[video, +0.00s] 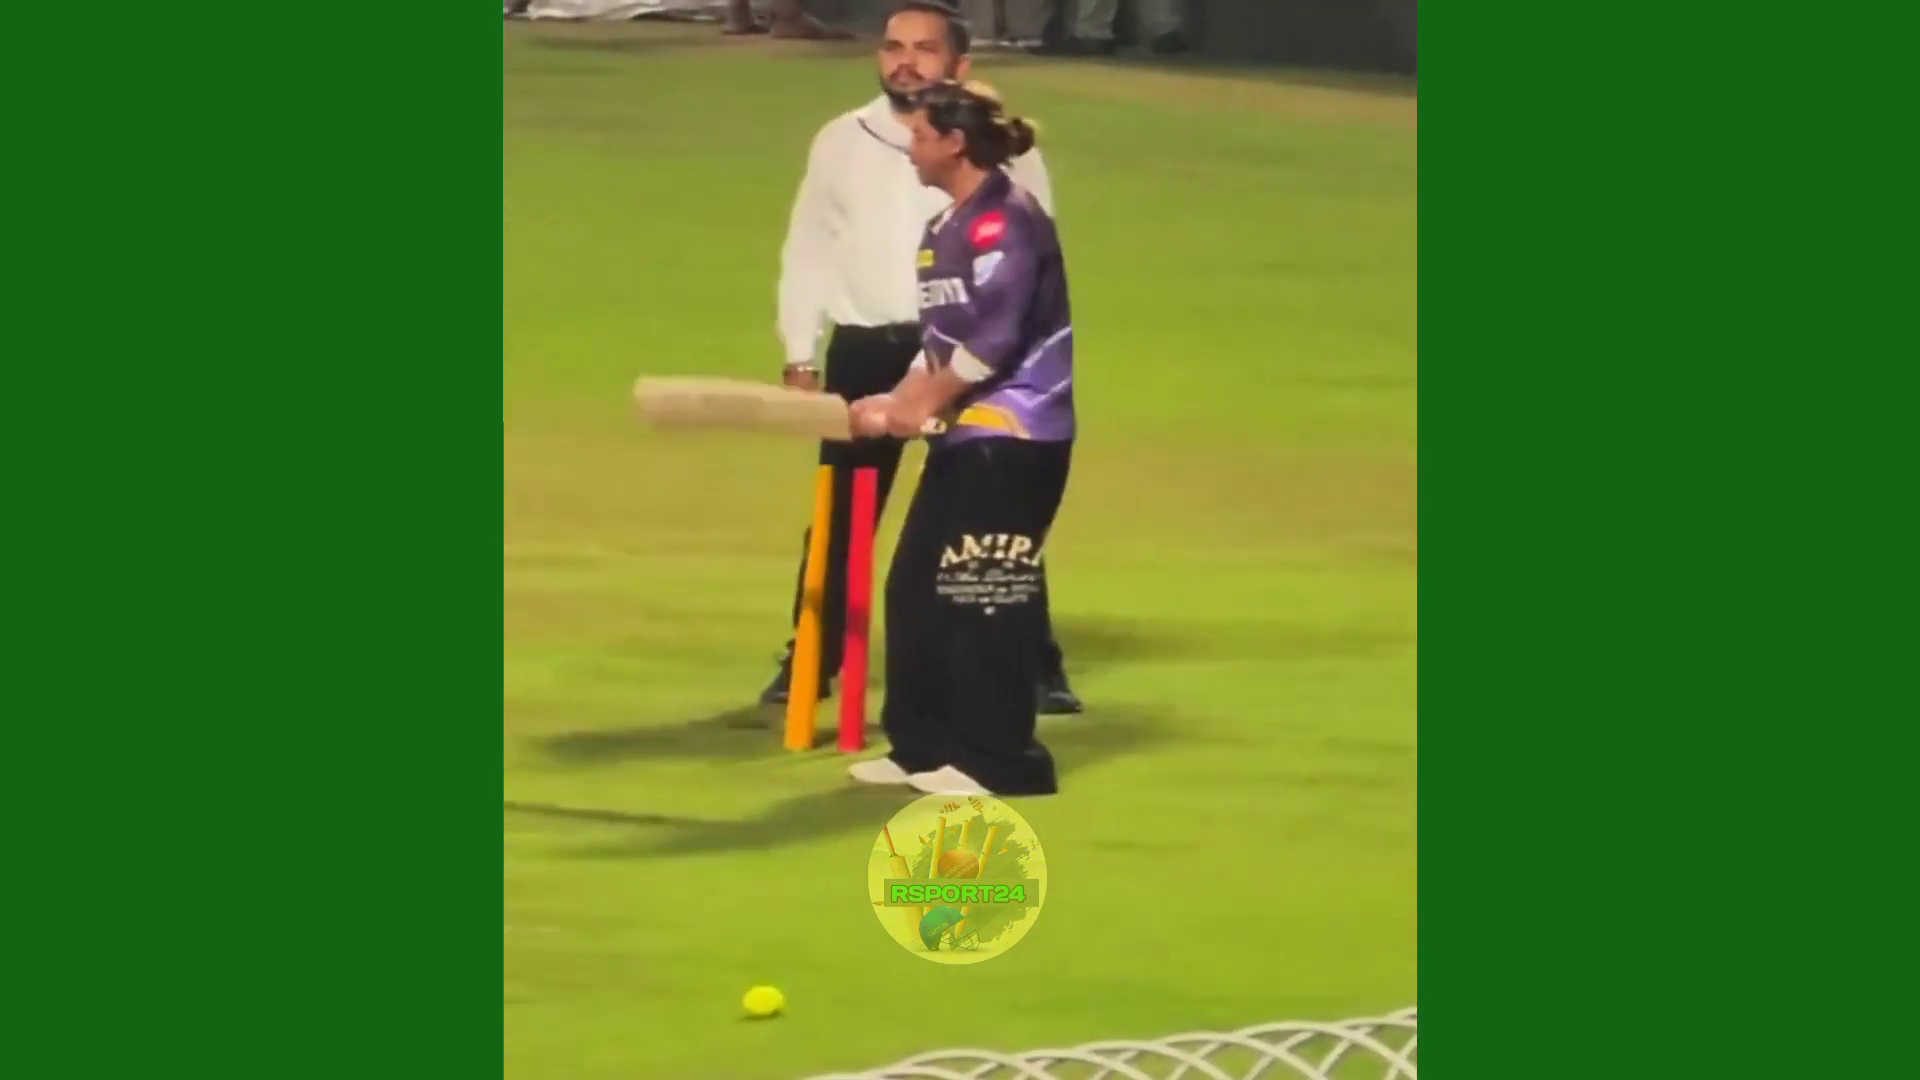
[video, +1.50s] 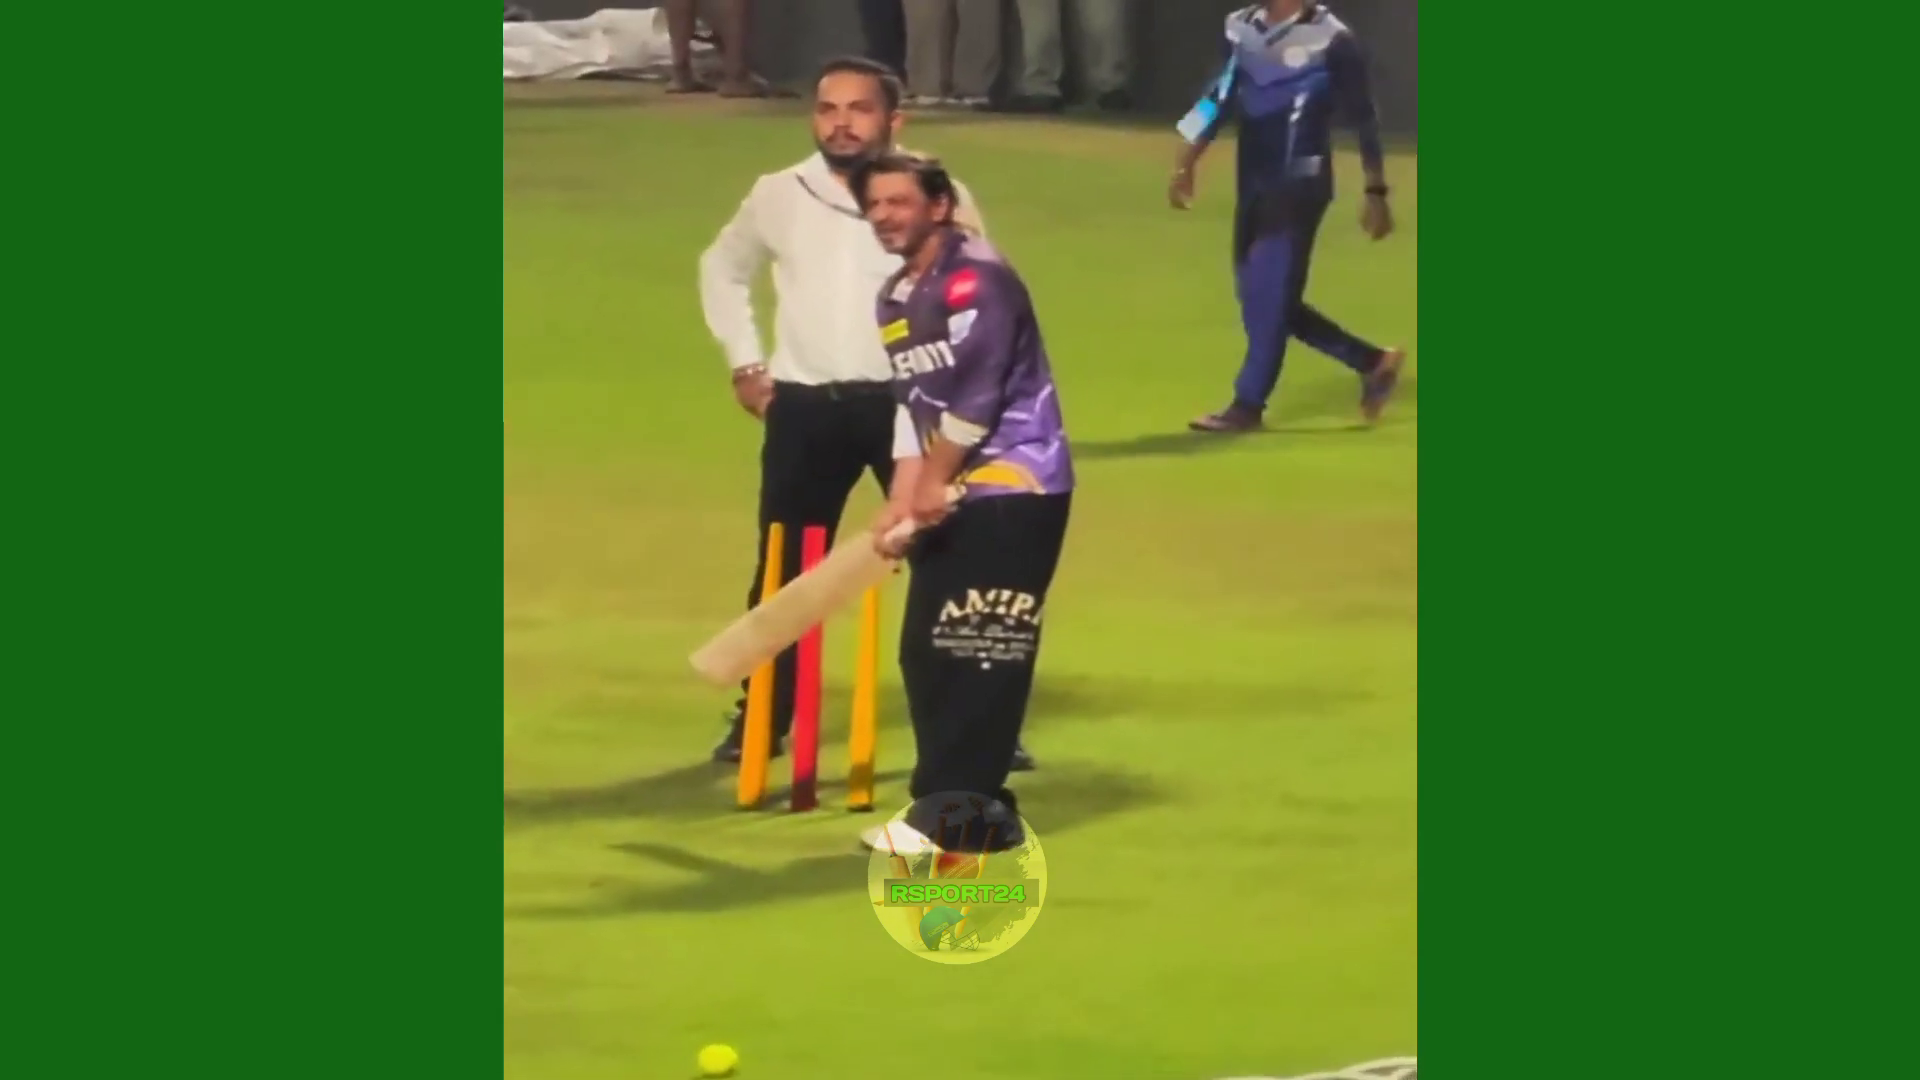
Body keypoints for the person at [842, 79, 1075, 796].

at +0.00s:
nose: (909, 149)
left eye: (919, 136)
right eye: (910, 135)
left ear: (958, 143)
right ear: (952, 144)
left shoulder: (1011, 224)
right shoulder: (941, 233)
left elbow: (994, 345)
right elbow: (942, 345)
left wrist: (917, 406)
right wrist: (899, 403)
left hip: (1015, 441)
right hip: (964, 438)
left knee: (983, 597)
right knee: (914, 587)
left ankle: (992, 762)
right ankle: (923, 748)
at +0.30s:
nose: (909, 147)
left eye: (923, 136)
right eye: (912, 134)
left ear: (967, 145)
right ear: (957, 147)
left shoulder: (1003, 229)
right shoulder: (958, 225)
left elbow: (983, 361)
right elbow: (955, 355)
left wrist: (936, 440)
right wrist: (930, 442)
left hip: (1027, 433)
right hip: (989, 431)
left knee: (979, 594)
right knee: (946, 587)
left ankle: (985, 760)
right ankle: (943, 746)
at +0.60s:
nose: (913, 148)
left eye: (928, 136)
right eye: (913, 136)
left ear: (977, 145)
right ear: (949, 148)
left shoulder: (1008, 224)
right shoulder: (945, 230)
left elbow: (979, 355)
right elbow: (947, 352)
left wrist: (915, 432)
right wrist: (904, 434)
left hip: (1019, 440)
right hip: (976, 439)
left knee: (981, 602)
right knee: (961, 599)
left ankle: (984, 762)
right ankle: (986, 754)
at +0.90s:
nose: (923, 163)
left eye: (938, 150)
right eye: (916, 152)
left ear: (983, 157)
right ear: (911, 160)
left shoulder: (1015, 232)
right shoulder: (933, 242)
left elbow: (1001, 353)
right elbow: (947, 354)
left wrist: (935, 425)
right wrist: (898, 428)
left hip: (1024, 443)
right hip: (972, 442)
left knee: (989, 607)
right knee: (948, 602)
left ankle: (982, 775)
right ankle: (970, 762)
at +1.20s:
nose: (920, 196)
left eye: (936, 182)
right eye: (910, 184)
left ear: (976, 184)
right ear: (903, 190)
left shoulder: (1013, 261)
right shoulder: (923, 276)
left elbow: (1005, 388)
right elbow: (940, 387)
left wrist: (940, 464)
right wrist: (907, 474)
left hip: (1031, 470)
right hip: (973, 472)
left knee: (994, 632)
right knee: (946, 631)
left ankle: (978, 796)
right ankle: (991, 788)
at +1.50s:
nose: (884, 217)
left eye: (899, 204)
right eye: (874, 205)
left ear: (941, 208)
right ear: (867, 213)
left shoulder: (982, 285)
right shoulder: (892, 301)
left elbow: (976, 413)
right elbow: (919, 414)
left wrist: (926, 492)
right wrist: (900, 506)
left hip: (1015, 488)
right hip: (958, 490)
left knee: (982, 647)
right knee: (928, 646)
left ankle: (962, 812)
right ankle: (942, 804)